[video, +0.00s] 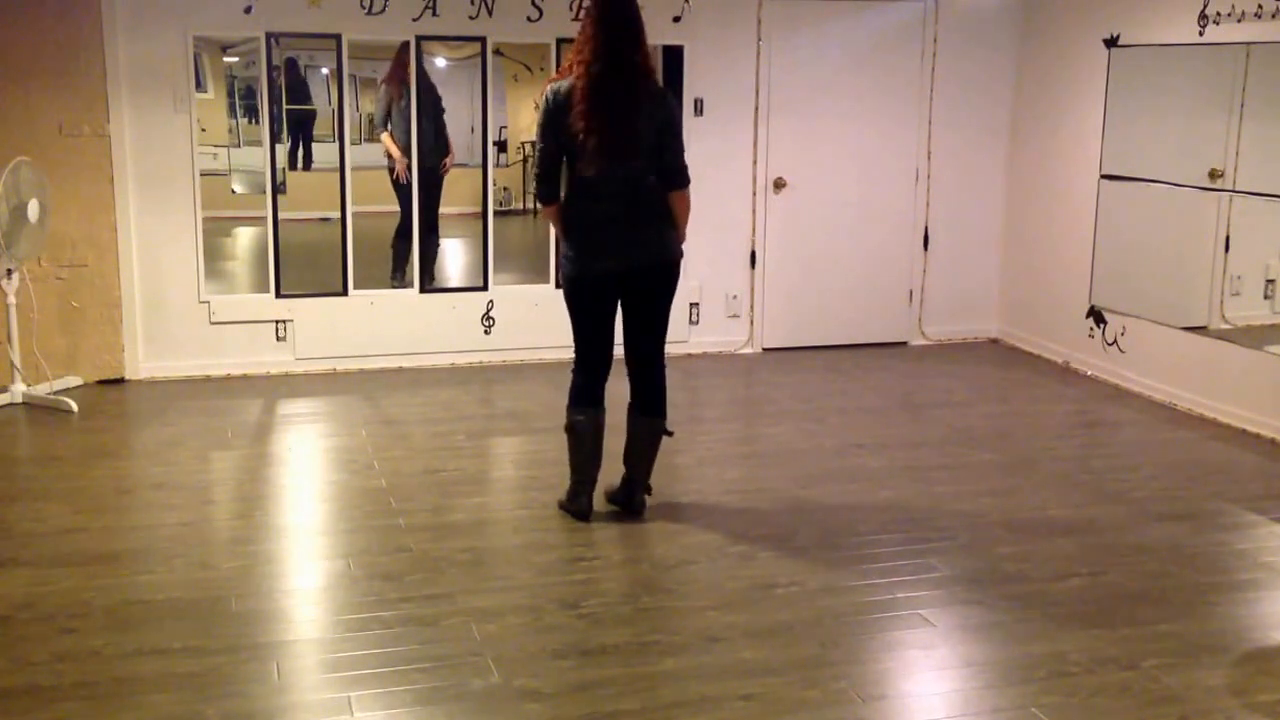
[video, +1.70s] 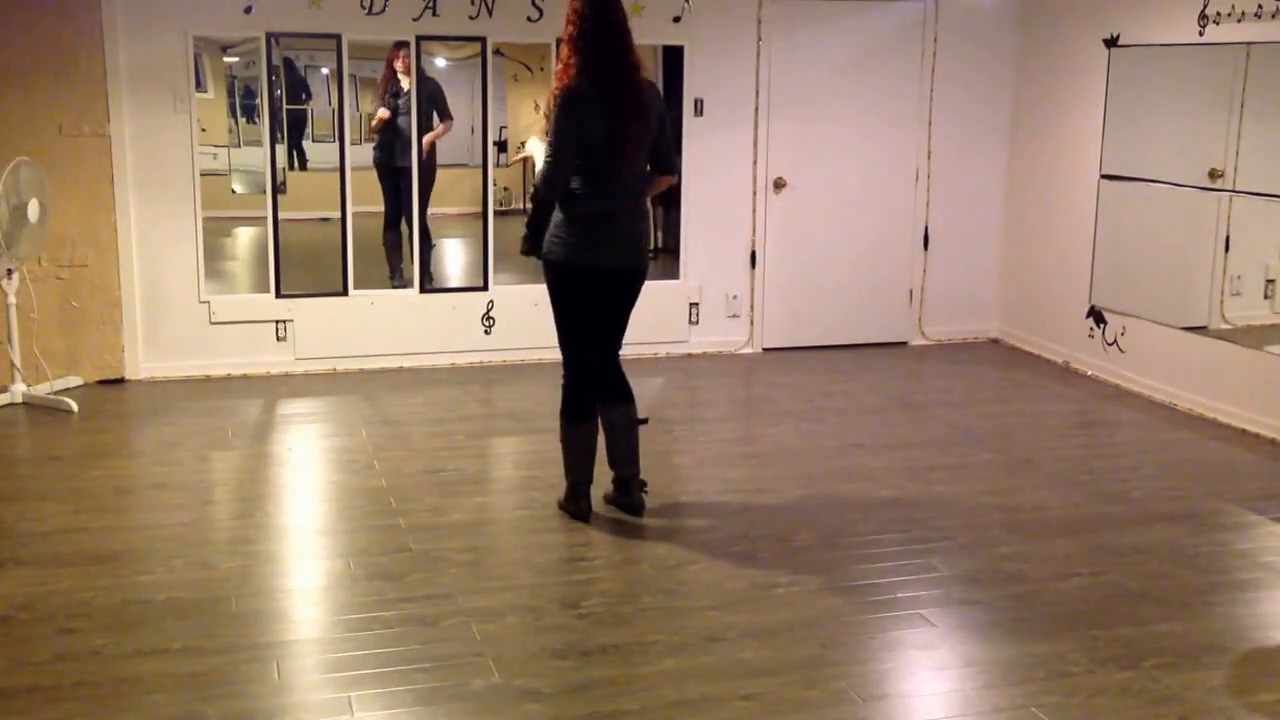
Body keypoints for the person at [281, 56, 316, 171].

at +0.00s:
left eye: (284, 67)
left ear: (285, 67)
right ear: (297, 66)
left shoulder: (283, 82)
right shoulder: (302, 80)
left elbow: (280, 100)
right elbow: (308, 97)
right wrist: (311, 109)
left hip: (292, 113)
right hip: (307, 112)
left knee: (294, 142)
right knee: (307, 143)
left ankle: (292, 169)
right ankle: (306, 169)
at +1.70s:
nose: (282, 70)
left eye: (282, 68)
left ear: (283, 67)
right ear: (293, 65)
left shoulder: (282, 79)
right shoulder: (300, 77)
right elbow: (308, 94)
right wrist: (304, 101)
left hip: (287, 112)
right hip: (300, 112)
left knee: (288, 143)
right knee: (298, 142)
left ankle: (290, 168)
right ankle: (303, 166)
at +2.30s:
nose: (283, 70)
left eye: (282, 68)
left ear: (283, 67)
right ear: (294, 65)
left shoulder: (281, 82)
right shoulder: (301, 79)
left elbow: (277, 99)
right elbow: (307, 94)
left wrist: (279, 112)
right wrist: (301, 99)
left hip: (290, 113)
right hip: (305, 112)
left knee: (291, 144)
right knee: (305, 142)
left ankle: (291, 170)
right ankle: (306, 169)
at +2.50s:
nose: (284, 70)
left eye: (283, 68)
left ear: (283, 68)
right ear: (294, 66)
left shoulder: (281, 83)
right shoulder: (300, 80)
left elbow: (278, 100)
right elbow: (306, 95)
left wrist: (279, 115)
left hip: (290, 113)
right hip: (305, 112)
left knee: (292, 144)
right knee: (305, 143)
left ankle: (291, 170)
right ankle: (306, 169)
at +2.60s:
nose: (283, 70)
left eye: (283, 67)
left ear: (283, 67)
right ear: (294, 66)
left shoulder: (281, 82)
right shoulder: (300, 80)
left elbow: (278, 100)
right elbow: (305, 96)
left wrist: (279, 115)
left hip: (290, 114)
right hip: (305, 113)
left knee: (292, 144)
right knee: (305, 143)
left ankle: (291, 170)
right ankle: (306, 169)